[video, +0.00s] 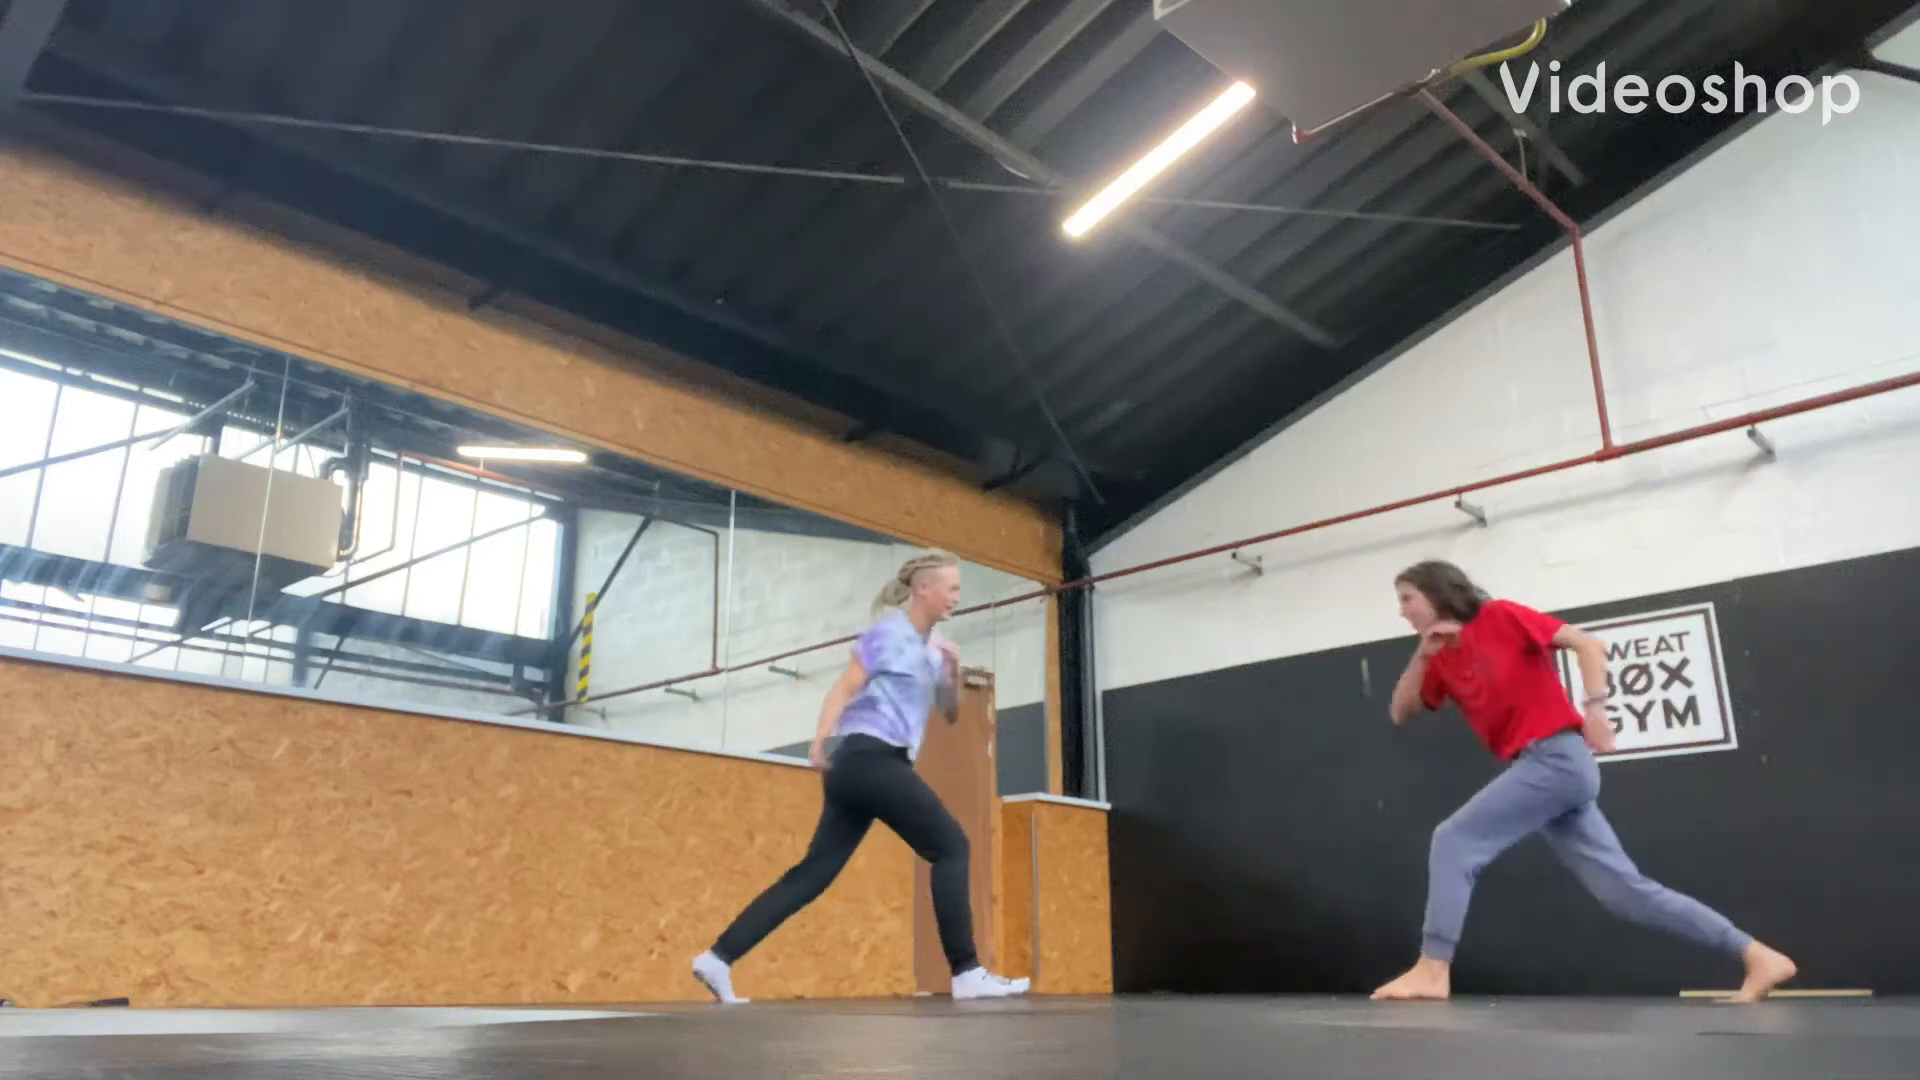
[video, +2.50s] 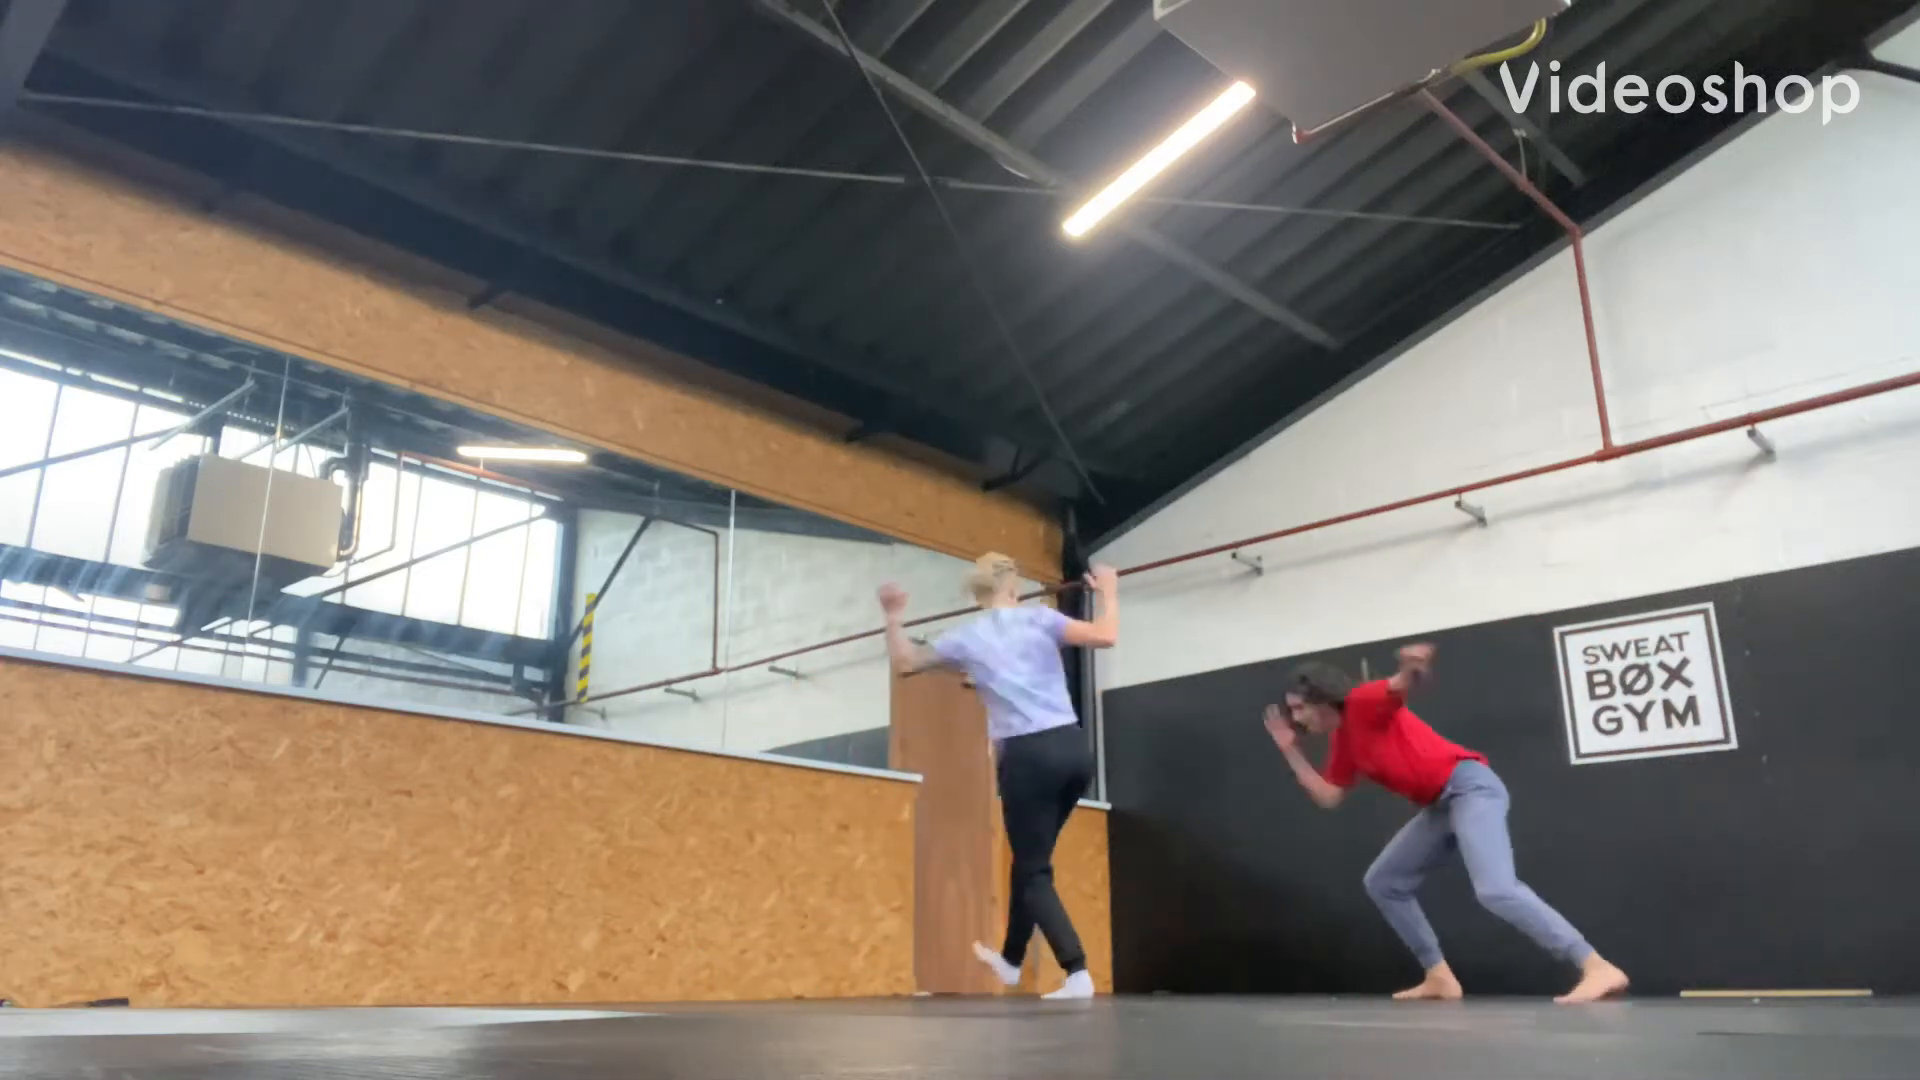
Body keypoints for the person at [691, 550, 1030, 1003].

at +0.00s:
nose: (957, 599)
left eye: (958, 591)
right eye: (951, 589)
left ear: (930, 591)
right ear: (924, 588)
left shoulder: (931, 652)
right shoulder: (890, 633)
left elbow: (949, 713)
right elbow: (846, 686)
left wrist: (951, 678)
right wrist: (821, 740)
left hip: (868, 764)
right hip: (866, 758)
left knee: (815, 872)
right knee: (950, 846)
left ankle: (718, 958)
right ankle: (967, 975)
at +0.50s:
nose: (1080, 675)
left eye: (1081, 666)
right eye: (1077, 664)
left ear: (1049, 662)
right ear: (1050, 662)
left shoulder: (1012, 689)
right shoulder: (1027, 687)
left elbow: (993, 756)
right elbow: (1092, 731)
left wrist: (1039, 770)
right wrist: (1083, 694)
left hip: (927, 787)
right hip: (936, 786)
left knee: (974, 879)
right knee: (1013, 859)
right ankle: (977, 977)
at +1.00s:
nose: (1085, 691)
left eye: (1086, 683)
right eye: (1082, 681)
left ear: (1056, 679)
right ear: (1061, 677)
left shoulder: (1030, 699)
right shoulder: (1039, 695)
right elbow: (1040, 751)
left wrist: (1050, 752)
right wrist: (1062, 753)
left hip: (965, 795)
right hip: (945, 780)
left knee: (1007, 873)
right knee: (925, 873)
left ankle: (1009, 981)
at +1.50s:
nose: (998, 662)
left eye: (998, 654)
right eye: (994, 653)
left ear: (968, 655)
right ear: (973, 652)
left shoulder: (936, 687)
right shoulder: (957, 681)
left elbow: (890, 743)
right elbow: (974, 739)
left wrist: (861, 794)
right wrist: (988, 703)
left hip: (925, 807)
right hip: (903, 800)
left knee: (993, 870)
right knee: (869, 897)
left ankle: (1017, 974)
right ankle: (783, 970)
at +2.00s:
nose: (1059, 638)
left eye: (1063, 631)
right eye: (1053, 629)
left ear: (1058, 636)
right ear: (1028, 629)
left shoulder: (1025, 678)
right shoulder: (1022, 657)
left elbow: (1024, 748)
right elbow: (1043, 697)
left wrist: (1076, 743)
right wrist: (1080, 702)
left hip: (1004, 791)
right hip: (972, 780)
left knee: (1044, 875)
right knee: (993, 863)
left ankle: (1023, 979)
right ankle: (950, 962)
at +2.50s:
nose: (1018, 590)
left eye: (1013, 584)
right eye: (1016, 584)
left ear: (976, 593)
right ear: (1012, 587)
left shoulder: (969, 637)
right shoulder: (1041, 619)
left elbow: (905, 661)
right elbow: (1105, 635)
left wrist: (891, 616)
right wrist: (1109, 588)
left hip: (1025, 755)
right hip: (1073, 747)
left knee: (1035, 872)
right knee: (1029, 861)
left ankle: (1078, 975)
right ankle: (1010, 962)